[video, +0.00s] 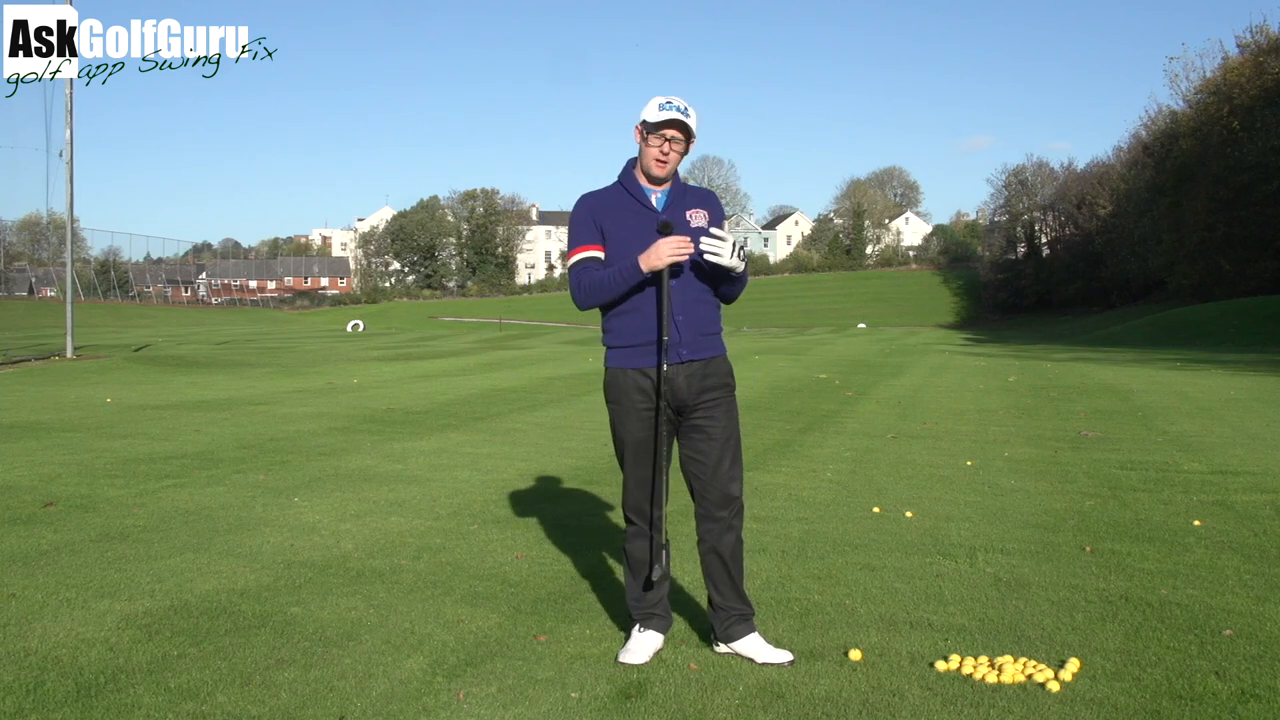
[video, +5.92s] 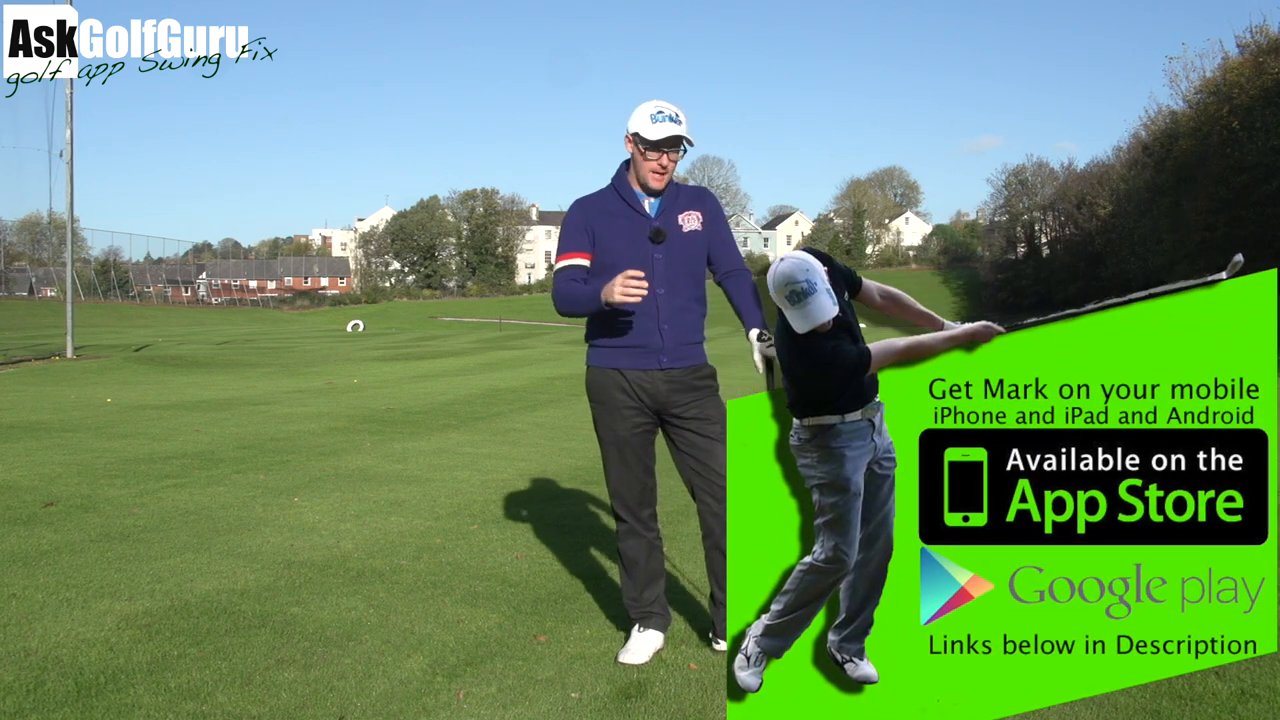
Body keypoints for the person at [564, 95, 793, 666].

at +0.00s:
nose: (666, 146)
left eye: (677, 140)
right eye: (658, 135)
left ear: (688, 148)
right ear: (639, 137)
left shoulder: (705, 205)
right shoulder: (595, 207)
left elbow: (728, 290)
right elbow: (585, 291)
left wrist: (730, 264)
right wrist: (643, 263)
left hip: (705, 369)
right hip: (633, 374)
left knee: (721, 501)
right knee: (642, 504)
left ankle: (732, 626)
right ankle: (649, 621)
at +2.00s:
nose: (730, 150)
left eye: (737, 140)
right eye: (718, 140)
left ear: (742, 145)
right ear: (691, 140)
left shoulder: (751, 206)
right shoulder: (647, 203)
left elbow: (776, 287)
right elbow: (652, 280)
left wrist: (796, 253)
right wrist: (709, 237)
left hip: (744, 372)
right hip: (675, 374)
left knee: (735, 506)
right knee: (667, 505)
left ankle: (733, 627)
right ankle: (653, 621)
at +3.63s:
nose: (702, 145)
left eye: (714, 137)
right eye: (694, 135)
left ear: (733, 144)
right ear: (681, 140)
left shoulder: (759, 203)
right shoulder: (648, 197)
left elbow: (778, 281)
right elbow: (646, 259)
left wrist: (768, 308)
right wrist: (685, 193)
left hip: (736, 373)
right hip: (663, 373)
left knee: (731, 510)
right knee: (659, 507)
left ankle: (732, 623)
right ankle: (652, 620)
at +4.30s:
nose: (702, 145)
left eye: (712, 135)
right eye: (692, 136)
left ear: (730, 141)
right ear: (680, 142)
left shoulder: (755, 203)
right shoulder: (644, 203)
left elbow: (780, 283)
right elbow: (625, 288)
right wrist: (660, 257)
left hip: (737, 375)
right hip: (664, 377)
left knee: (731, 510)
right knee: (660, 506)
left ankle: (733, 625)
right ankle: (651, 620)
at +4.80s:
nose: (691, 144)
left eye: (702, 135)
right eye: (682, 134)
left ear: (717, 142)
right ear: (668, 138)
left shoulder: (743, 200)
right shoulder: (628, 207)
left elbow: (768, 280)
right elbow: (617, 292)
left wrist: (746, 327)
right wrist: (675, 300)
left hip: (723, 374)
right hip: (650, 375)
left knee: (723, 507)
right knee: (651, 508)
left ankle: (729, 622)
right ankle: (651, 620)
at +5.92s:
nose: (665, 159)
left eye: (674, 148)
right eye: (654, 147)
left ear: (683, 150)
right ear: (630, 144)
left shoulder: (699, 205)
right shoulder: (587, 212)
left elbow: (733, 273)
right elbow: (565, 295)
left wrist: (758, 331)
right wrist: (602, 292)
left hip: (690, 377)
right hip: (617, 381)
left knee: (721, 501)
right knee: (633, 506)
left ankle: (731, 620)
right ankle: (649, 620)